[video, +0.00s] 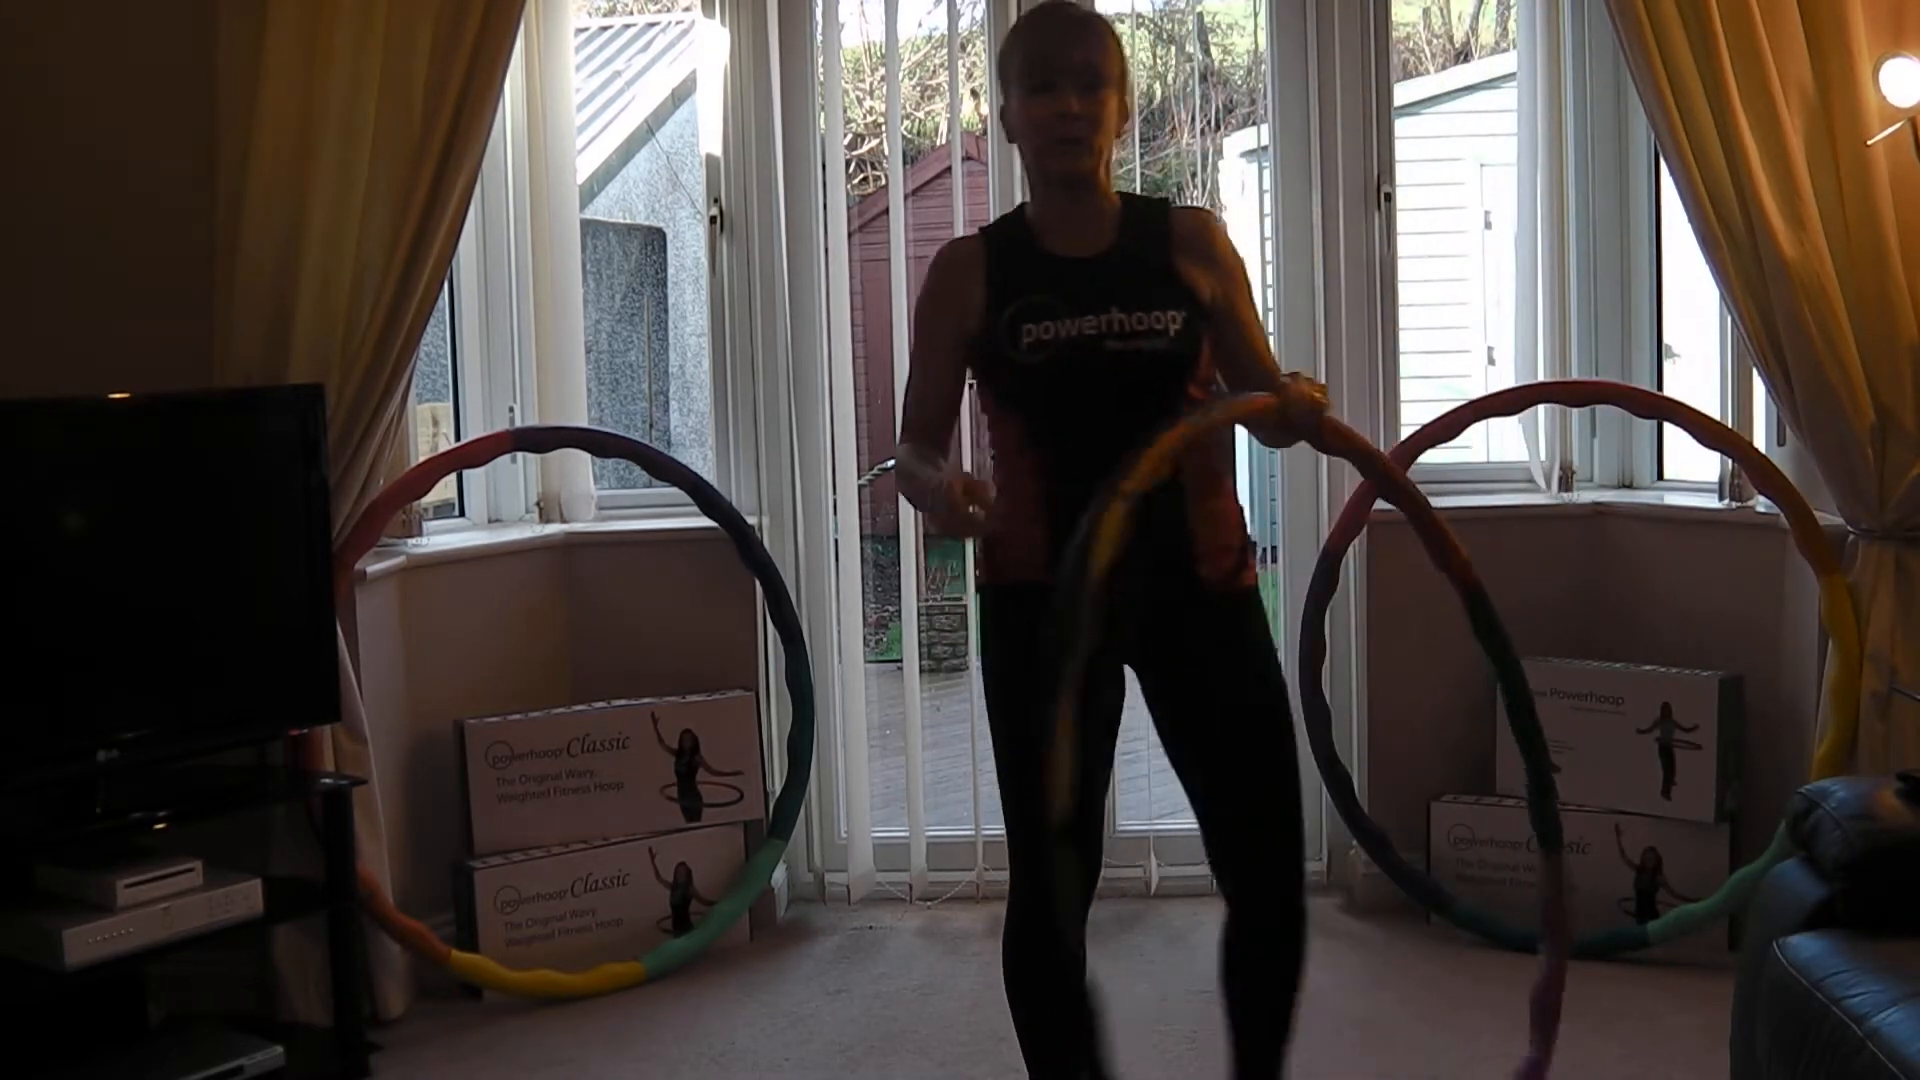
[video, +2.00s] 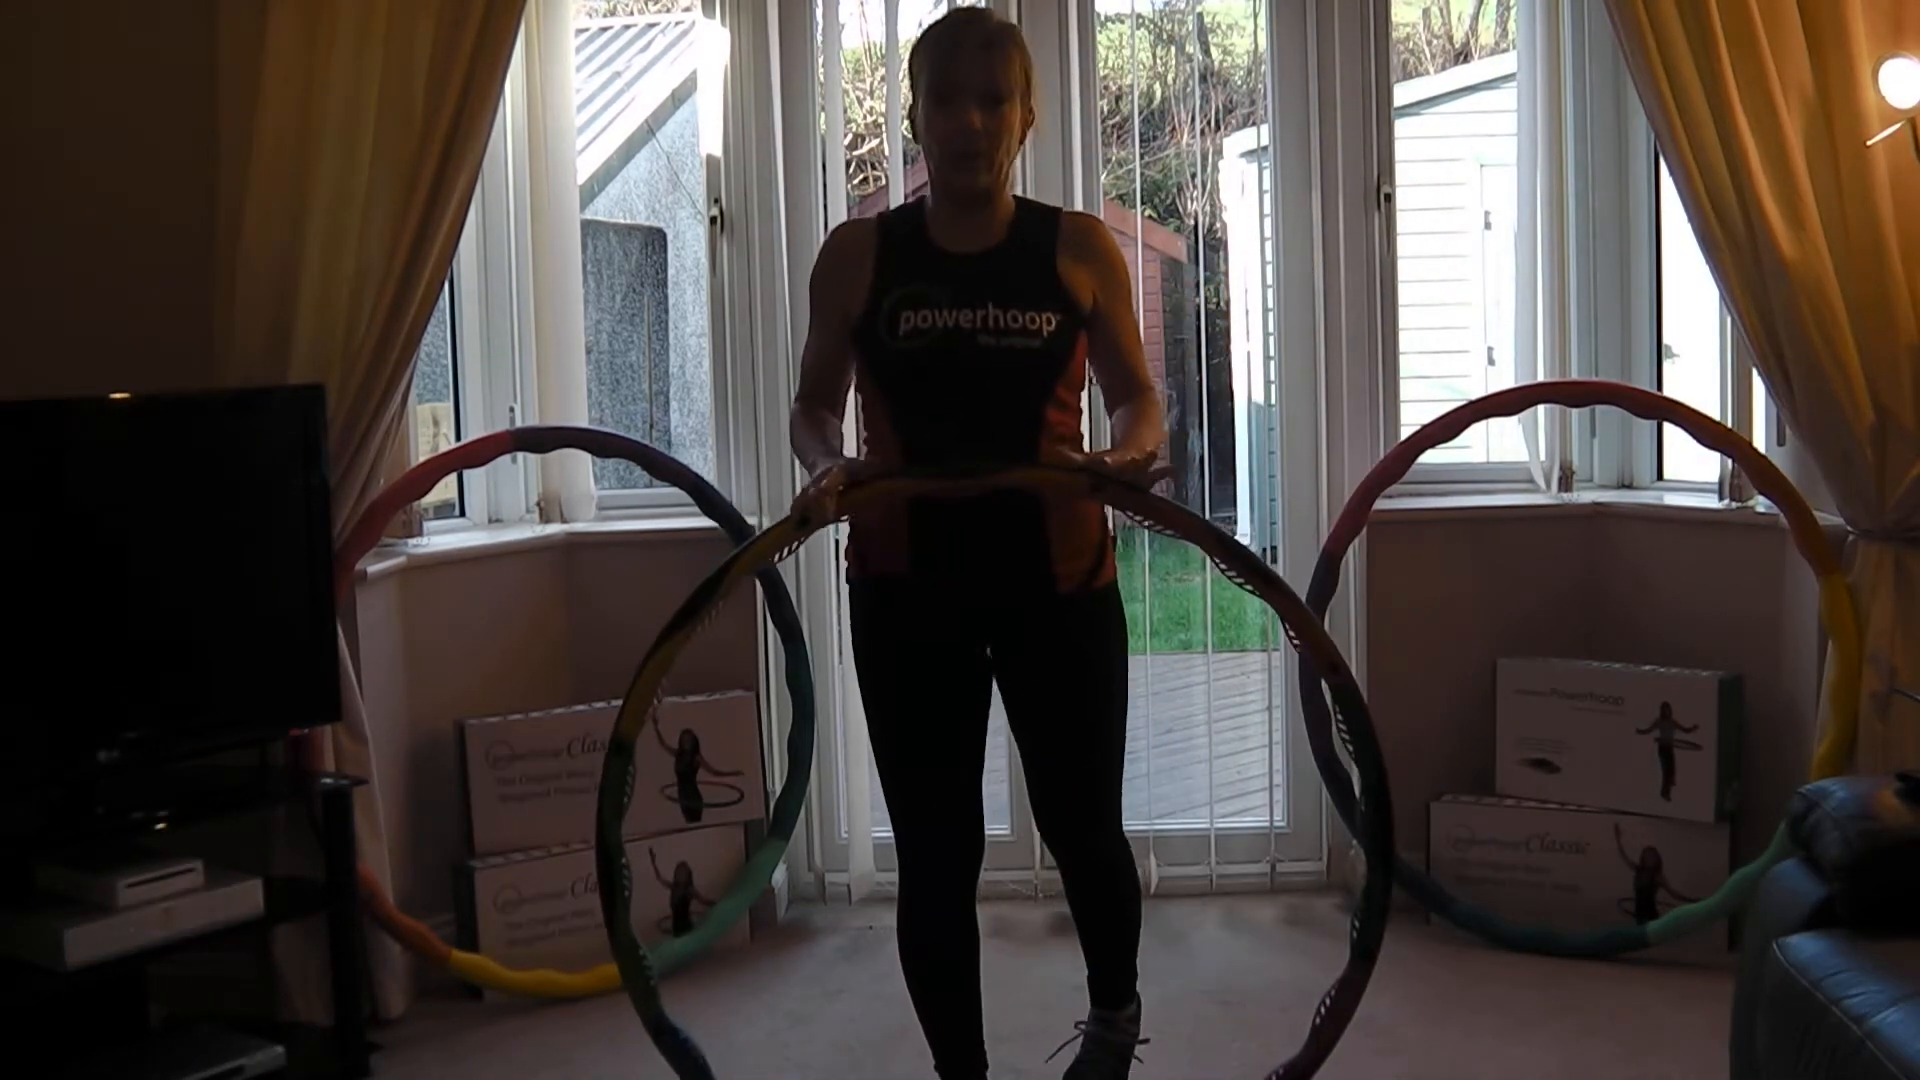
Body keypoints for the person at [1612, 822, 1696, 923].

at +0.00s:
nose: (1648, 860)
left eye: (1651, 857)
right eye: (1646, 856)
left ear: (1656, 860)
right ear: (1642, 858)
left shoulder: (1658, 876)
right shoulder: (1639, 871)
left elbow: (1672, 894)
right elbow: (1624, 857)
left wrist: (1692, 901)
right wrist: (1618, 837)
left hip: (1651, 913)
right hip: (1639, 912)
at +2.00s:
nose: (1648, 859)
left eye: (1651, 857)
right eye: (1646, 856)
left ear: (1656, 859)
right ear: (1642, 858)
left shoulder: (1657, 876)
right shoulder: (1639, 871)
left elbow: (1673, 894)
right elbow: (1623, 856)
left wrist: (1692, 901)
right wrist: (1618, 839)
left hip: (1651, 913)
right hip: (1639, 912)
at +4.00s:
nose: (1649, 861)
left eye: (1652, 857)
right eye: (1647, 857)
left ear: (1657, 860)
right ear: (1642, 858)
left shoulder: (1658, 876)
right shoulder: (1638, 870)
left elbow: (1673, 894)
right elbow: (1622, 856)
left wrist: (1694, 901)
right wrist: (1618, 837)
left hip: (1651, 912)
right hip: (1639, 911)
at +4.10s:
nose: (1649, 861)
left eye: (1652, 857)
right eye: (1647, 857)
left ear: (1657, 860)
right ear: (1642, 859)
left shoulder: (1658, 876)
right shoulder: (1638, 871)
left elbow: (1673, 894)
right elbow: (1622, 856)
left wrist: (1693, 901)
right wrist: (1618, 837)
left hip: (1651, 912)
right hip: (1639, 911)